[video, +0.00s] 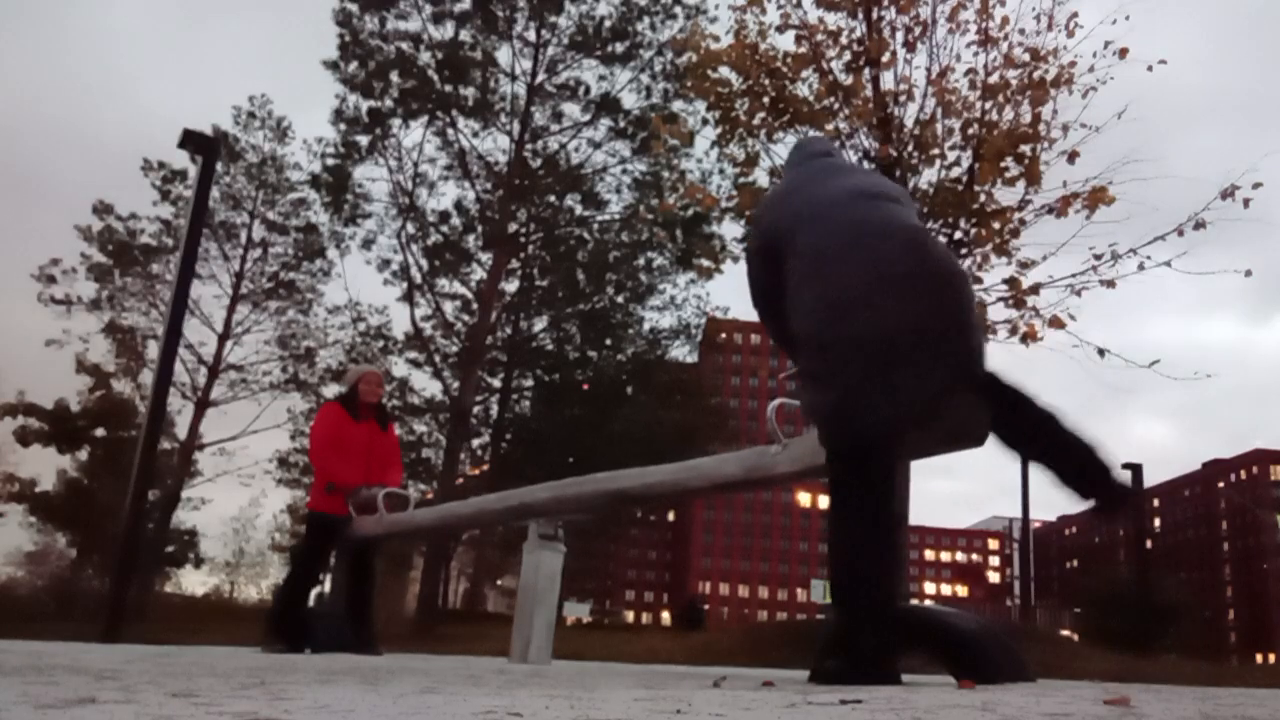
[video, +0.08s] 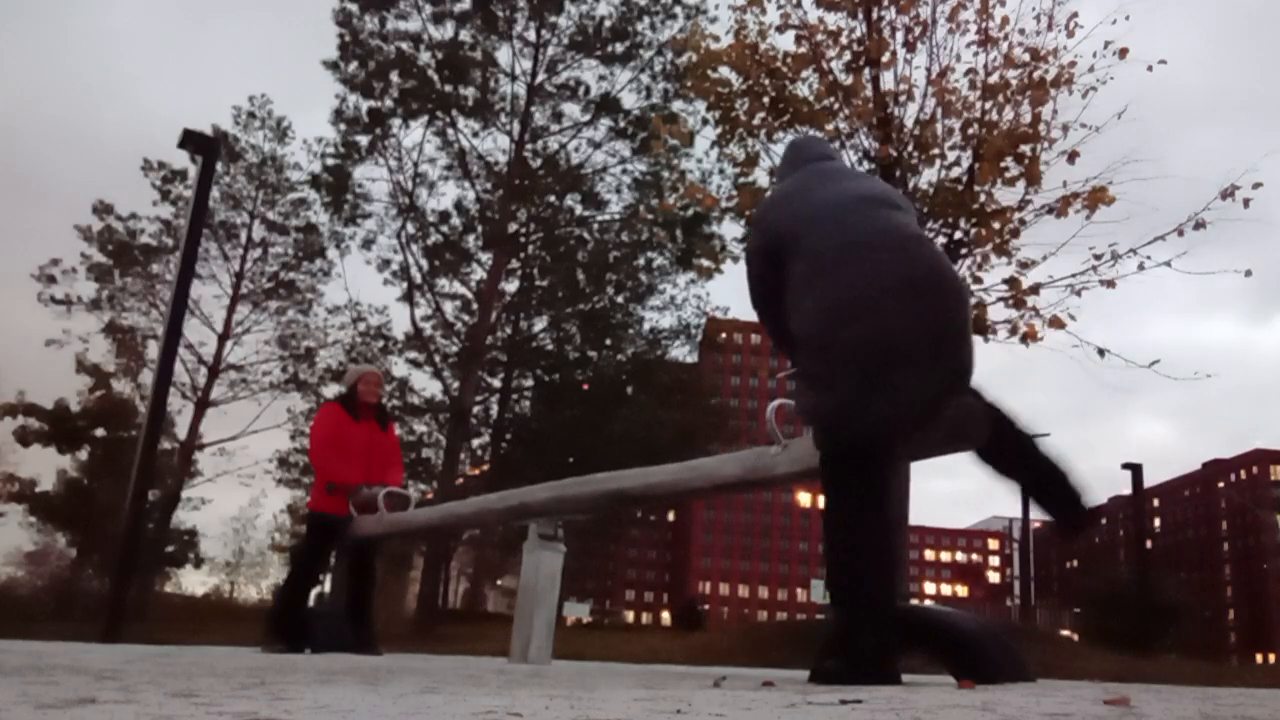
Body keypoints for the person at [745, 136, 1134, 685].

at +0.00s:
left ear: (787, 172)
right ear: (837, 159)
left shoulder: (770, 211)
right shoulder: (881, 185)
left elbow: (769, 304)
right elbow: (918, 259)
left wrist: (812, 354)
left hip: (851, 360)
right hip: (936, 338)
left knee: (860, 504)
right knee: (990, 396)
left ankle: (862, 644)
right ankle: (1101, 484)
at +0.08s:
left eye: (774, 177)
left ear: (784, 173)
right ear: (835, 160)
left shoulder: (771, 213)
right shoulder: (878, 187)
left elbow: (768, 303)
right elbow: (913, 263)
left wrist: (806, 358)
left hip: (851, 367)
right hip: (938, 347)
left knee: (857, 514)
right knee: (972, 415)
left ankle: (863, 649)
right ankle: (1065, 502)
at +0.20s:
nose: (772, 188)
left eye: (774, 180)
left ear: (781, 176)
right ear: (831, 162)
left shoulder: (773, 217)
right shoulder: (881, 194)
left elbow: (771, 310)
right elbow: (914, 271)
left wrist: (808, 355)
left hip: (846, 369)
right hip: (934, 354)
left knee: (845, 509)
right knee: (952, 439)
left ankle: (861, 647)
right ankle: (1021, 542)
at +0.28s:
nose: (772, 190)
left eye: (773, 182)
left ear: (783, 175)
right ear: (834, 162)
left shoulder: (777, 217)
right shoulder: (879, 193)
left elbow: (775, 310)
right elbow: (914, 270)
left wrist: (813, 364)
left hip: (853, 354)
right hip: (937, 338)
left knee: (843, 503)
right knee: (936, 447)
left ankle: (861, 648)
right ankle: (991, 558)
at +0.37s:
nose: (774, 194)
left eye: (775, 186)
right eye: (776, 187)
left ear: (785, 178)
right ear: (837, 163)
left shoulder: (781, 220)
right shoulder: (883, 197)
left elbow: (784, 314)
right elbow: (925, 276)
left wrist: (815, 361)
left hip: (856, 354)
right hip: (941, 342)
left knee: (842, 494)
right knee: (928, 460)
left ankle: (859, 638)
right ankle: (971, 590)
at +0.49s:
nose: (786, 197)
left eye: (786, 189)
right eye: (786, 190)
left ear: (798, 180)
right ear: (843, 167)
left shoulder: (797, 218)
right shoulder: (885, 200)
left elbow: (792, 309)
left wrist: (816, 356)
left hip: (871, 351)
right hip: (948, 343)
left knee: (835, 492)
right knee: (917, 477)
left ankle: (858, 639)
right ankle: (962, 627)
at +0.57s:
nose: (797, 196)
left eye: (800, 188)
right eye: (798, 189)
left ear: (814, 181)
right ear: (860, 173)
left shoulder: (813, 219)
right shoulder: (897, 208)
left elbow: (796, 297)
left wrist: (817, 363)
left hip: (878, 366)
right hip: (952, 357)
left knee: (836, 498)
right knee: (915, 487)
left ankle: (861, 645)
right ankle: (960, 631)